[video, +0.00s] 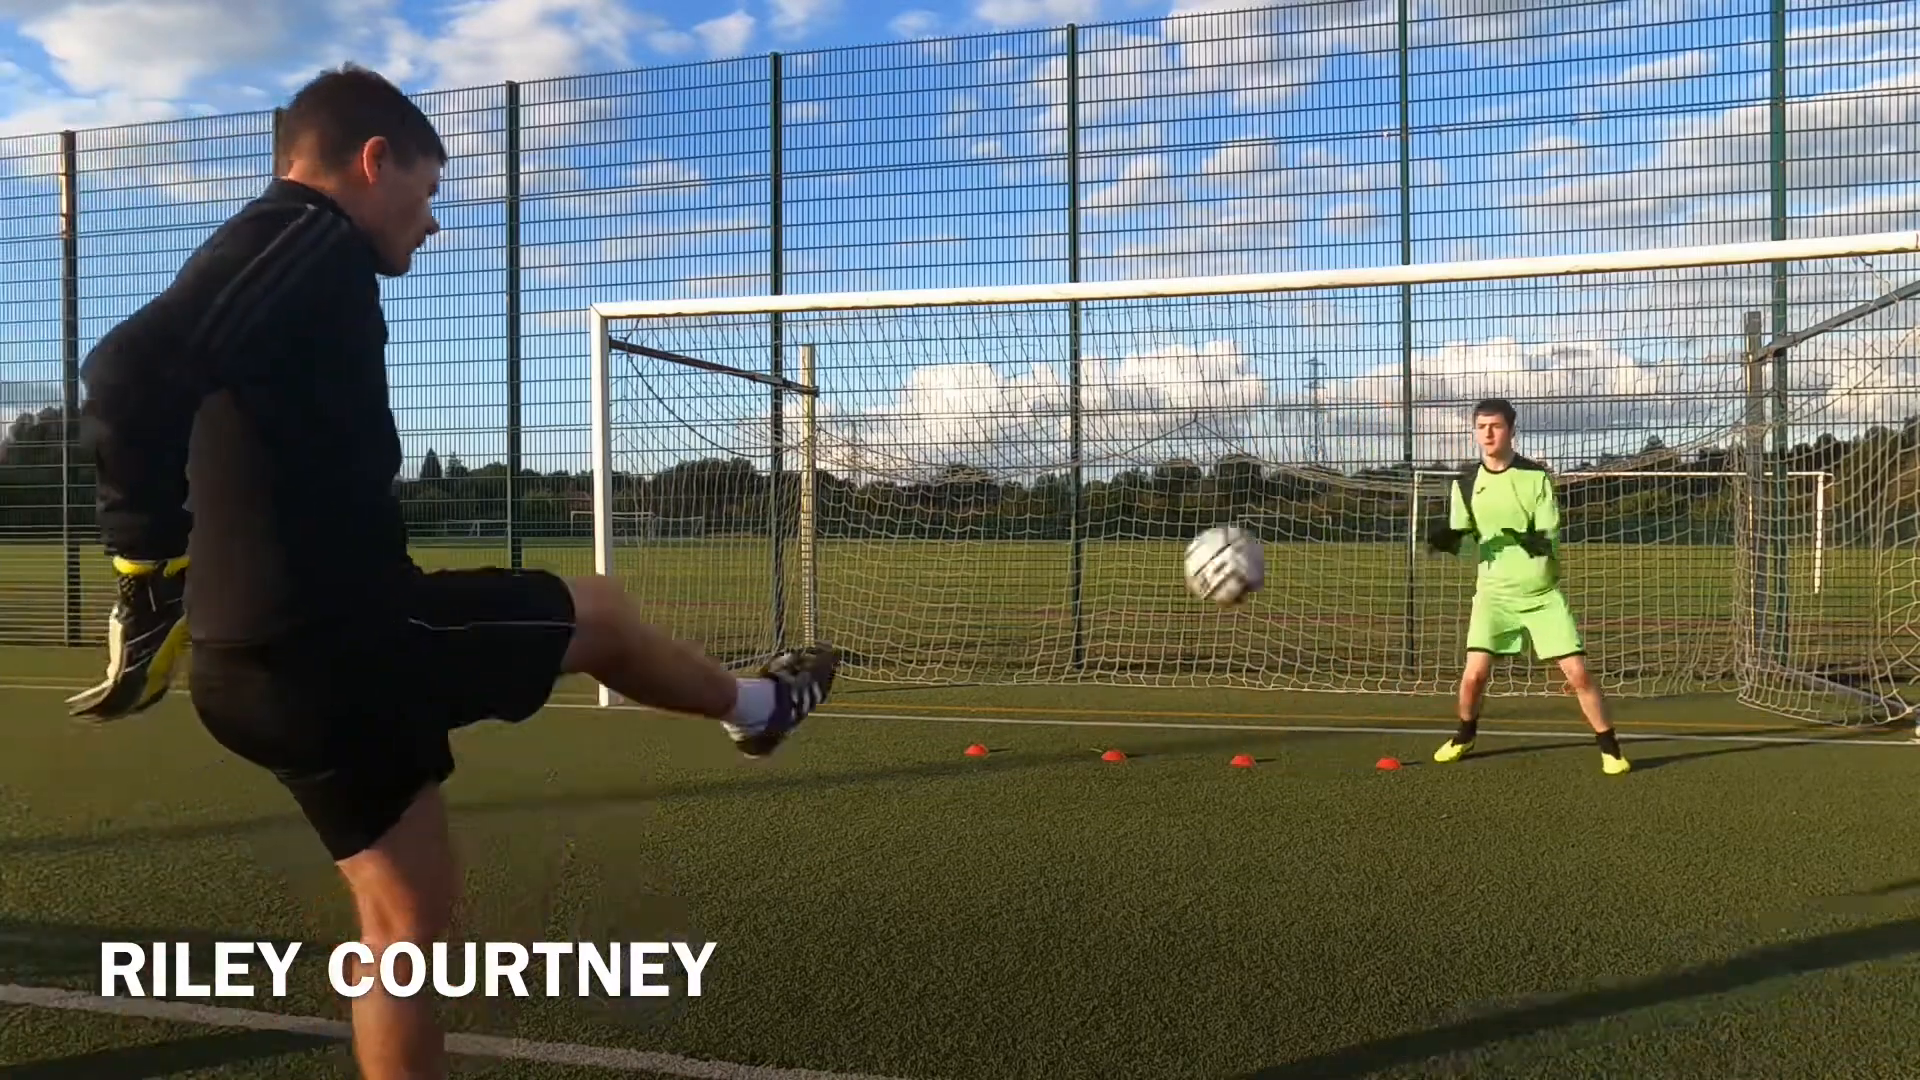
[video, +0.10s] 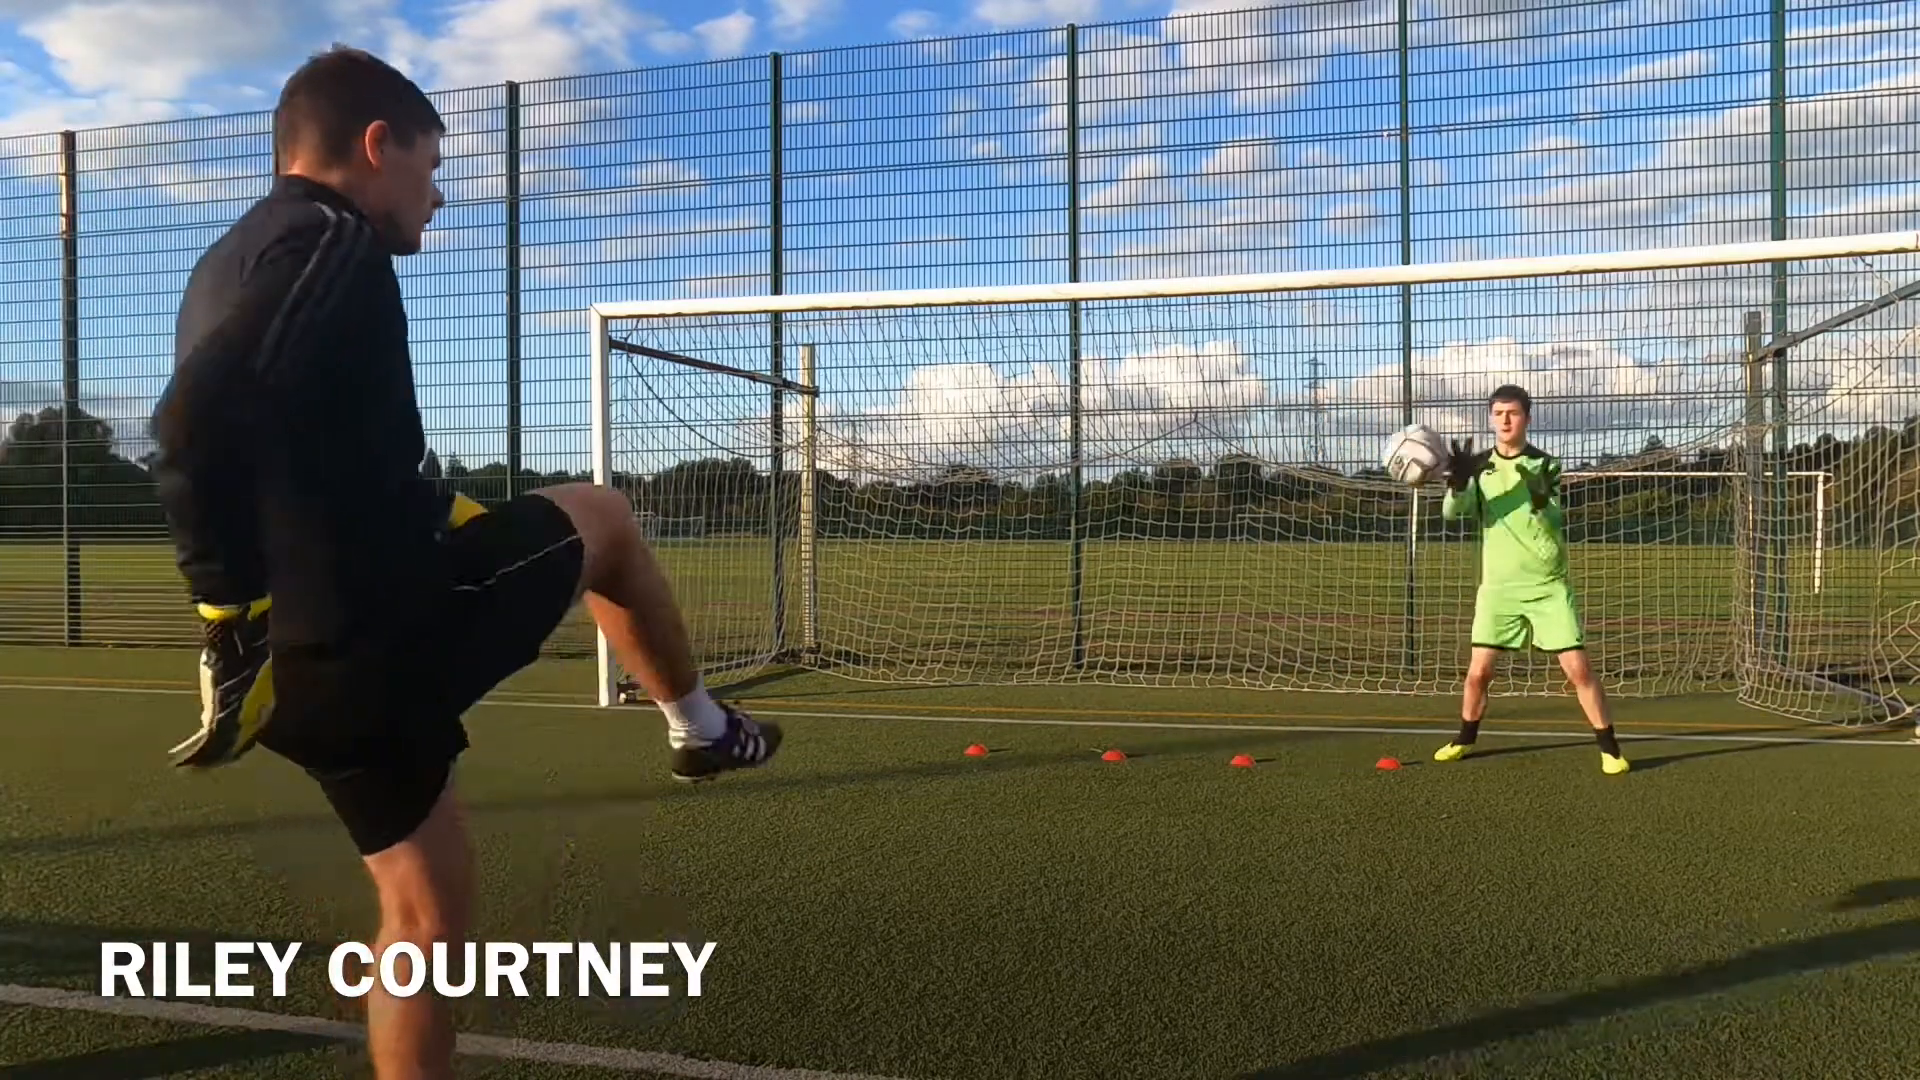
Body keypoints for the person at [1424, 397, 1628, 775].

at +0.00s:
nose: (1489, 434)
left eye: (1496, 426)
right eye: (1482, 427)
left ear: (1511, 431)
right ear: (1475, 433)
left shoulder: (1537, 478)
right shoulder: (1466, 482)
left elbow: (1549, 539)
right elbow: (1460, 539)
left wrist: (1534, 541)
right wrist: (1446, 540)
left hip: (1541, 594)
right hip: (1491, 597)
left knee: (1578, 674)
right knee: (1474, 675)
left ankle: (1609, 747)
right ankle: (1465, 736)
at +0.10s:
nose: (1505, 420)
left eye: (1513, 413)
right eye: (1499, 414)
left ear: (1528, 419)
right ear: (1490, 420)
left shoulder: (1547, 464)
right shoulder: (1477, 467)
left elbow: (1554, 524)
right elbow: (1453, 513)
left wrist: (1540, 496)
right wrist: (1459, 482)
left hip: (1548, 586)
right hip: (1497, 589)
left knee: (1578, 669)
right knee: (1478, 671)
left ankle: (1609, 747)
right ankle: (1465, 739)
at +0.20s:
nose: (1529, 411)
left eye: (1536, 403)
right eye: (1521, 404)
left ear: (1549, 410)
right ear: (1511, 411)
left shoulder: (1553, 459)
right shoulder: (1495, 452)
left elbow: (1565, 489)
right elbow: (1472, 458)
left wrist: (1565, 444)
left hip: (1544, 582)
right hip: (1493, 581)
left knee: (1578, 666)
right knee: (1478, 666)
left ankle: (1609, 748)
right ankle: (1462, 738)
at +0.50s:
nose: (1516, 423)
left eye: (1523, 415)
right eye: (1510, 417)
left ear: (1541, 414)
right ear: (1505, 420)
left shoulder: (1564, 461)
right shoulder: (1496, 458)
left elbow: (1572, 528)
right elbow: (1478, 521)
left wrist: (1543, 511)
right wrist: (1483, 504)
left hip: (1557, 583)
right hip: (1508, 581)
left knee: (1580, 666)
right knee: (1481, 657)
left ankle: (1609, 749)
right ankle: (1468, 738)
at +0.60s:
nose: (1486, 441)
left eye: (1493, 433)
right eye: (1481, 434)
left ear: (1511, 429)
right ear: (1477, 436)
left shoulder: (1547, 468)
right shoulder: (1481, 471)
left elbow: (1567, 529)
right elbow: (1478, 521)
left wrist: (1527, 540)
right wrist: (1475, 539)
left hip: (1556, 584)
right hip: (1508, 582)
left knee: (1578, 664)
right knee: (1486, 656)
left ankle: (1609, 748)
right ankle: (1467, 739)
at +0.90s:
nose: (1416, 469)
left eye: (1422, 460)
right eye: (1408, 464)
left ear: (1438, 458)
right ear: (1404, 472)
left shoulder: (1482, 491)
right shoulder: (1428, 505)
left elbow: (1538, 501)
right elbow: (1442, 532)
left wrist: (1535, 547)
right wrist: (1431, 561)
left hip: (1521, 588)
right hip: (1476, 592)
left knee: (1553, 665)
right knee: (1455, 662)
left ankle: (1601, 746)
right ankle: (1464, 739)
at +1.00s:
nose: (1406, 461)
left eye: (1410, 452)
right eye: (1398, 458)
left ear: (1427, 447)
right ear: (1394, 462)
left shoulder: (1476, 475)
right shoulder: (1407, 500)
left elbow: (1523, 491)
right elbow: (1417, 545)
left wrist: (1526, 532)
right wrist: (1408, 593)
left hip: (1510, 579)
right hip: (1462, 587)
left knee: (1539, 658)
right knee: (1449, 663)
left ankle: (1583, 739)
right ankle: (1462, 738)